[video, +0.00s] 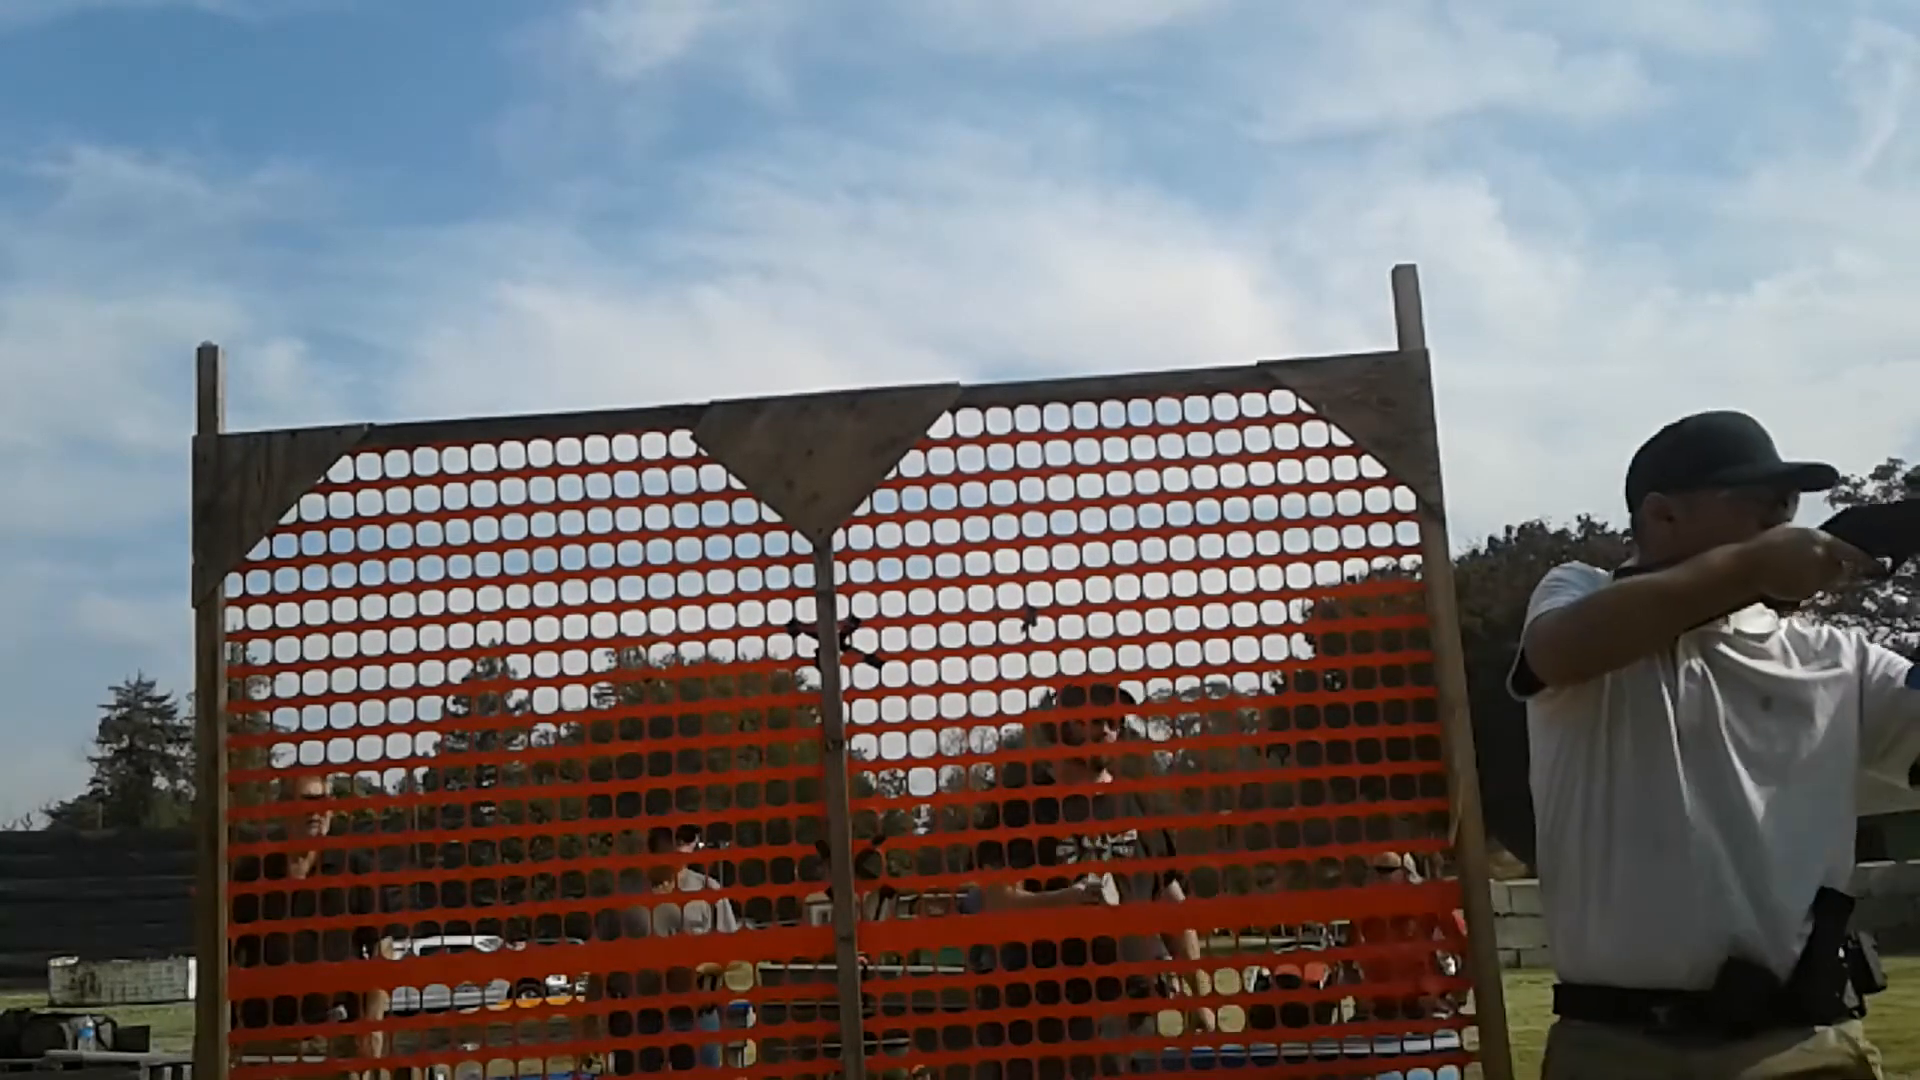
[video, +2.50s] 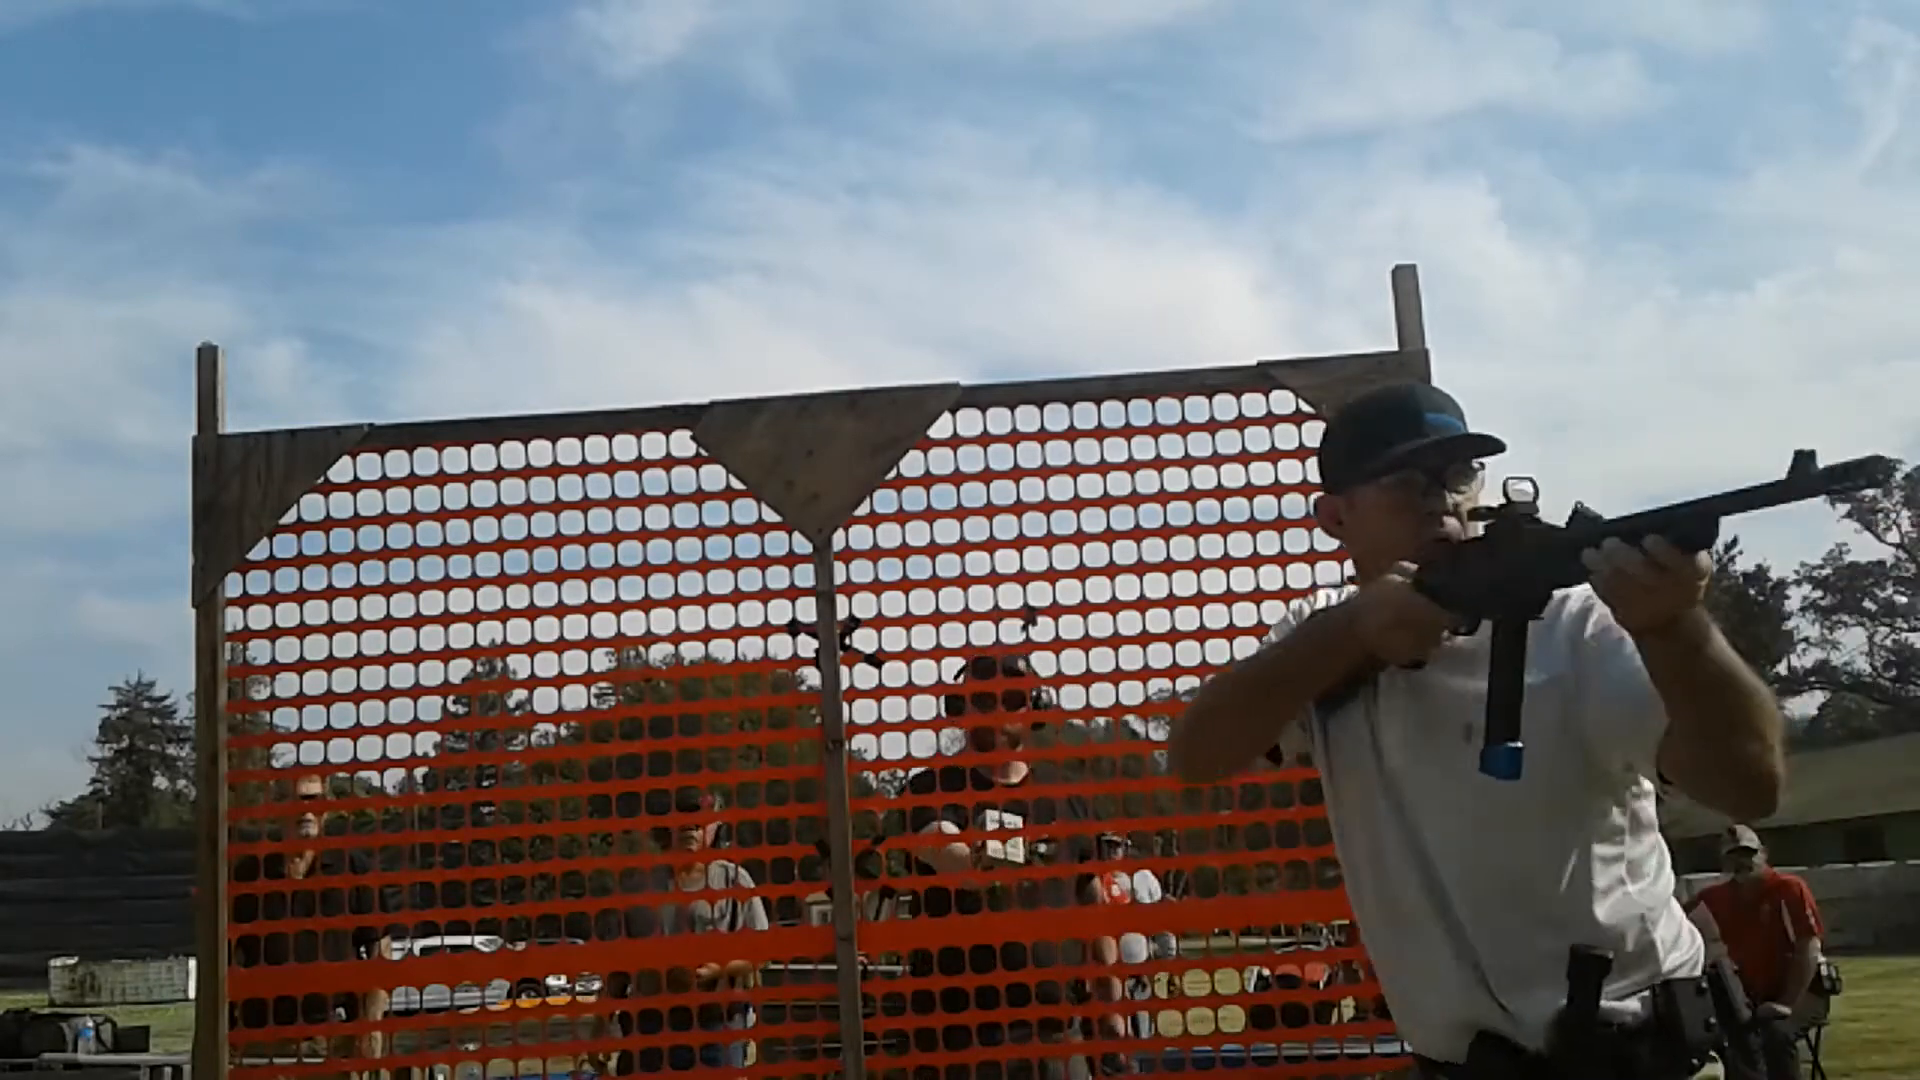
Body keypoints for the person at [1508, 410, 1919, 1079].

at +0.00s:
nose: (1783, 527)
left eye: (1787, 507)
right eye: (1757, 503)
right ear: (1662, 515)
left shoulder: (1835, 657)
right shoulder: (1582, 596)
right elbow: (1557, 653)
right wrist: (1750, 568)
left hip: (1799, 1039)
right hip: (1614, 1042)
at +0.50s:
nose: (1796, 513)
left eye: (1798, 491)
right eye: (1769, 487)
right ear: (1670, 497)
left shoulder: (1841, 644)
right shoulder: (1586, 572)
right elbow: (1558, 621)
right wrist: (1762, 548)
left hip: (1800, 1034)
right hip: (1610, 1038)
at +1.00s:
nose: (1773, 504)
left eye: (1791, 478)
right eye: (1745, 479)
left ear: (1816, 487)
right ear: (1678, 508)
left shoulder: (1879, 625)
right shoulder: (1643, 644)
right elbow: (1513, 665)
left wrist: (1915, 558)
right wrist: (1682, 577)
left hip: (1862, 1043)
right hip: (1684, 1044)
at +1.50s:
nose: (1850, 449)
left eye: (1868, 415)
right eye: (1816, 429)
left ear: (1899, 416)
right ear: (1759, 457)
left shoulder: (1916, 539)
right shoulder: (1764, 574)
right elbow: (1603, 643)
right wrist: (1770, 527)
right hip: (1821, 1025)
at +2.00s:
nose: (1805, 436)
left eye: (1827, 406)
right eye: (1774, 415)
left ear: (1875, 416)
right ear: (1731, 453)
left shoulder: (1912, 548)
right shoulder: (1735, 586)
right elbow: (1578, 662)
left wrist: (1913, 492)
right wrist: (1727, 543)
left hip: (1910, 1034)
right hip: (1796, 1036)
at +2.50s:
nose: (1448, 507)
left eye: (1460, 476)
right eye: (1409, 482)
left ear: (1483, 491)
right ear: (1337, 519)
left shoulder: (1570, 620)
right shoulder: (1327, 649)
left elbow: (1752, 788)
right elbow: (1193, 755)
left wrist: (1677, 630)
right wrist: (1346, 634)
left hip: (1648, 1036)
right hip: (1466, 1058)